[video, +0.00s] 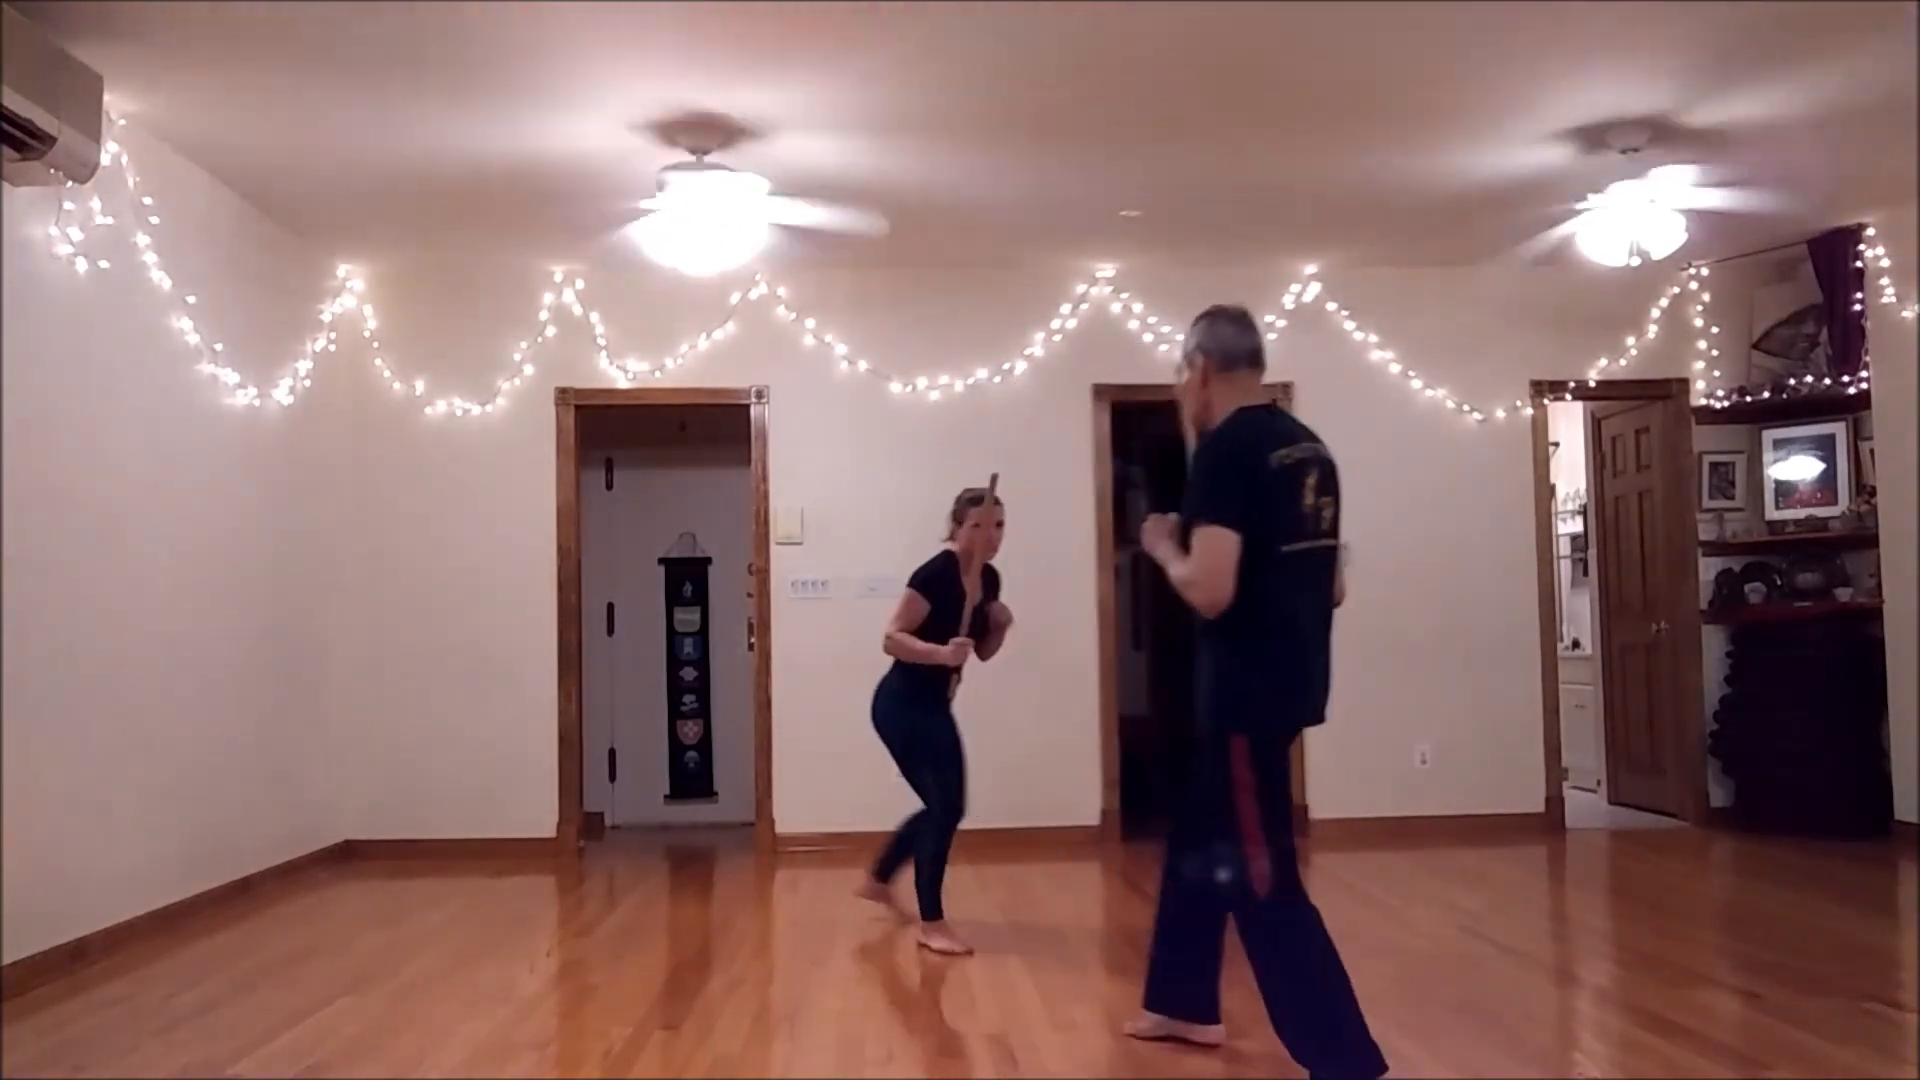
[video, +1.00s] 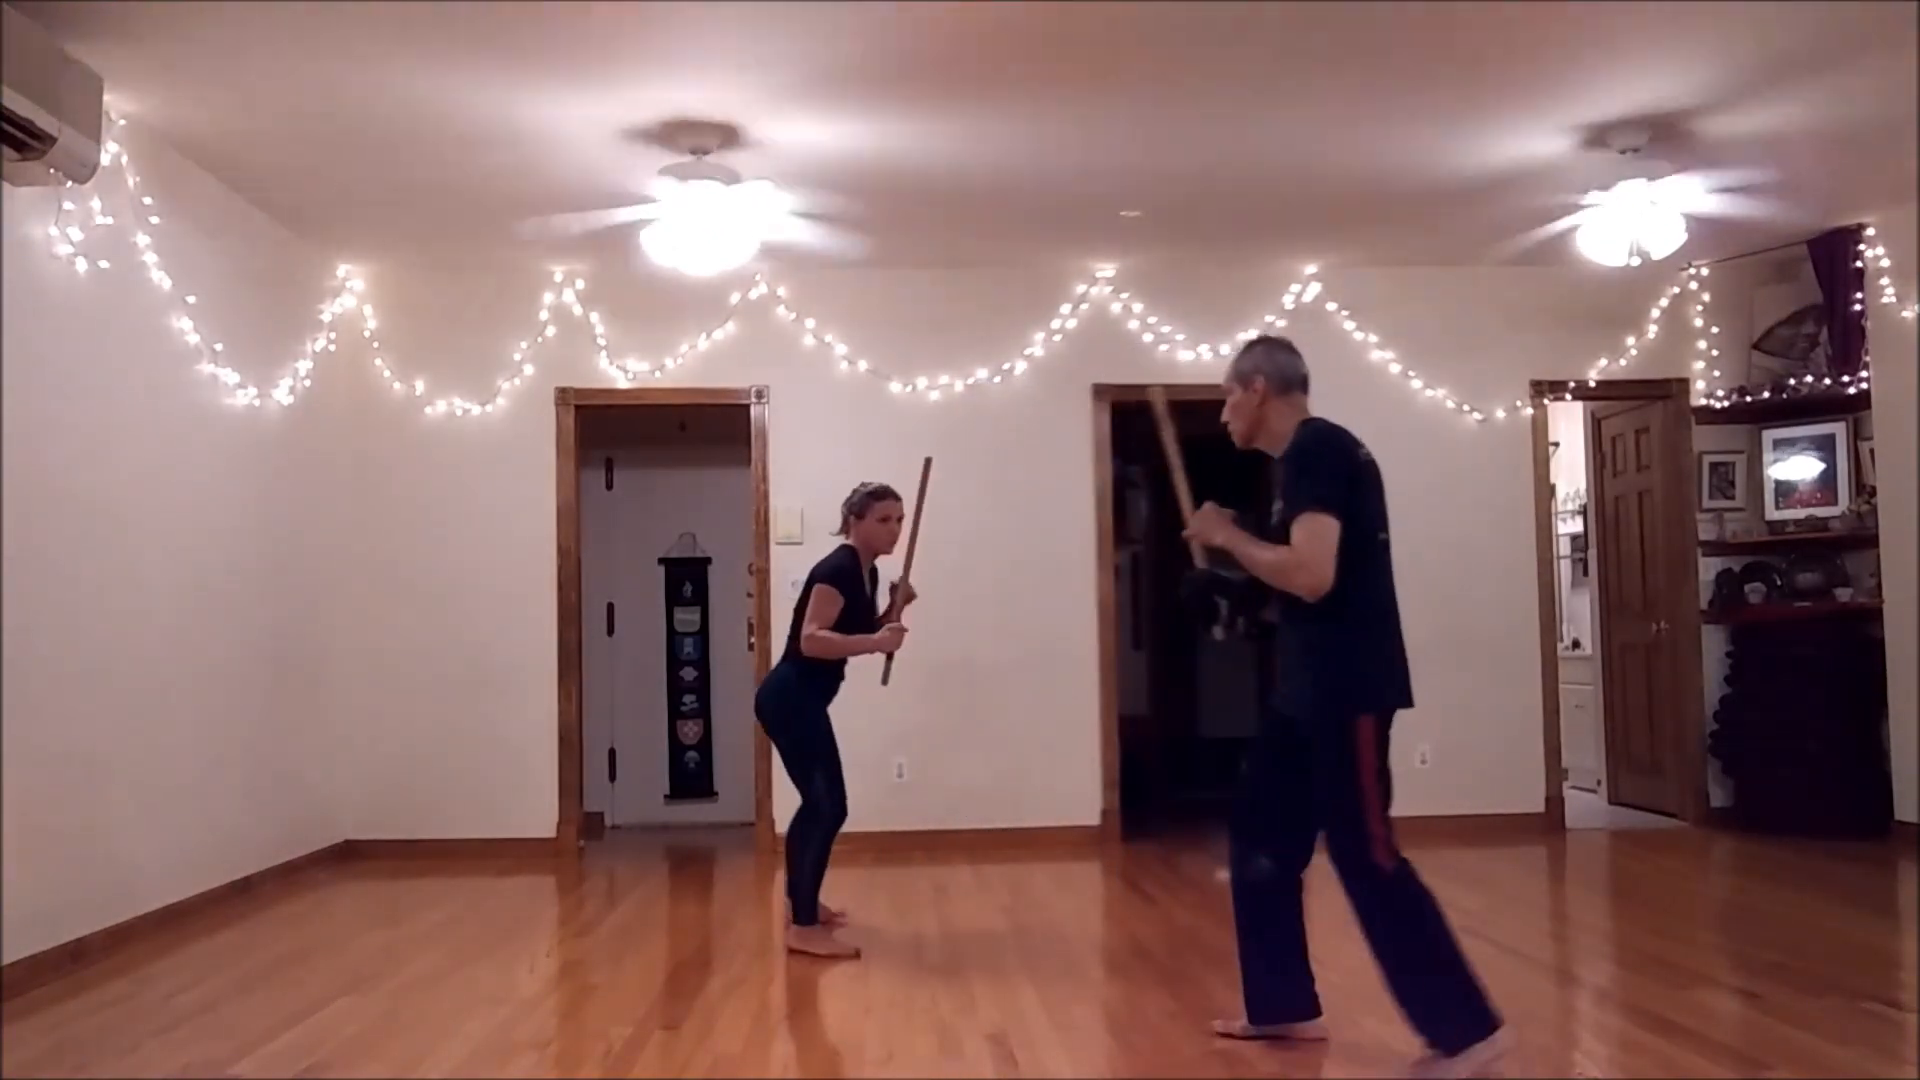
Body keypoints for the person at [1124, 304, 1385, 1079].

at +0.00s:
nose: (1178, 390)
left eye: (1180, 375)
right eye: (1180, 375)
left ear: (1199, 370)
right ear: (1257, 368)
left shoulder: (1227, 450)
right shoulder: (1305, 443)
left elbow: (1210, 590)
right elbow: (1333, 586)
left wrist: (1165, 549)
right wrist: (1239, 557)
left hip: (1238, 688)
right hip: (1285, 682)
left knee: (1263, 877)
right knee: (1199, 839)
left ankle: (1350, 1063)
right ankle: (1185, 1005)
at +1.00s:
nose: (1223, 414)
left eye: (1227, 398)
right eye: (1223, 399)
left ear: (1257, 390)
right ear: (1277, 389)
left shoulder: (1320, 450)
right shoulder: (1299, 461)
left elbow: (1312, 574)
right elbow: (1309, 576)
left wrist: (1231, 537)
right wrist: (1234, 556)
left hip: (1350, 690)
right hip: (1307, 690)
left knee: (1367, 854)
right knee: (1262, 847)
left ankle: (1468, 1033)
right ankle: (1284, 1009)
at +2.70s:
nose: (1277, 441)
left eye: (1282, 430)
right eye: (1282, 430)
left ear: (1299, 435)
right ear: (1335, 439)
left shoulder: (1326, 501)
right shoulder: (1325, 501)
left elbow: (1279, 607)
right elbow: (1251, 579)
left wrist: (1263, 532)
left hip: (1344, 713)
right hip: (1314, 709)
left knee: (1407, 865)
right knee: (1238, 814)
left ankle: (1547, 1014)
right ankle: (1220, 954)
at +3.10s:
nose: (1169, 477)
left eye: (1170, 464)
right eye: (1169, 465)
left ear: (1187, 458)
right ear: (1219, 454)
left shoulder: (1241, 497)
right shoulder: (1215, 517)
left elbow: (1215, 593)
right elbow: (1198, 636)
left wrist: (1182, 545)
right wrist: (1131, 689)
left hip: (1279, 698)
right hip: (1233, 699)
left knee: (1289, 840)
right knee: (1188, 823)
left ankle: (1402, 972)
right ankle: (1215, 961)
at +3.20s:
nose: (1164, 473)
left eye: (1165, 460)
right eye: (1162, 462)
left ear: (1183, 453)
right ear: (1211, 450)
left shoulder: (1239, 491)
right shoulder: (1219, 511)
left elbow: (1210, 590)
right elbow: (1204, 634)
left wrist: (1182, 543)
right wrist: (1139, 689)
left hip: (1276, 695)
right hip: (1234, 696)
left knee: (1298, 837)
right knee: (1187, 821)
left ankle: (1405, 974)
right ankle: (1214, 960)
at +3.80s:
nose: (1160, 467)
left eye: (1165, 453)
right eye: (1160, 455)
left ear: (1192, 446)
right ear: (1204, 445)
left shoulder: (1238, 489)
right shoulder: (1228, 501)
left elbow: (1211, 591)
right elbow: (1226, 621)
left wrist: (1177, 541)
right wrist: (1177, 694)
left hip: (1275, 686)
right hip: (1237, 687)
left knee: (1308, 829)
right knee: (1183, 815)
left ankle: (1406, 980)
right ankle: (1213, 957)